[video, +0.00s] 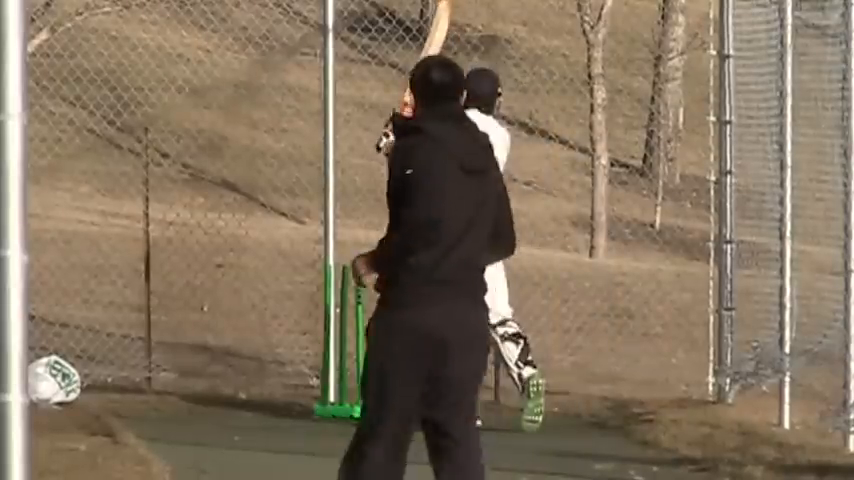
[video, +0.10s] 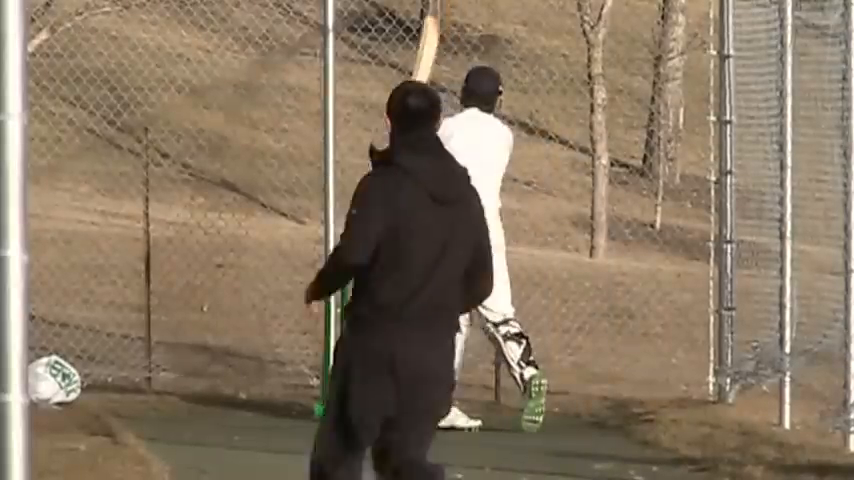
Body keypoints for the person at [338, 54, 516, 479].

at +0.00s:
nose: (405, 95)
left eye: (408, 89)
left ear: (415, 97)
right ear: (459, 98)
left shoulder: (411, 148)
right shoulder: (480, 149)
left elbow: (412, 229)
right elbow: (502, 242)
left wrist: (374, 260)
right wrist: (444, 250)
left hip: (407, 319)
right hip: (466, 321)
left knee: (381, 442)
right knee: (456, 441)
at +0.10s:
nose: (384, 121)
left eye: (386, 116)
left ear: (390, 121)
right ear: (437, 122)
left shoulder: (381, 183)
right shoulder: (463, 190)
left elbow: (353, 255)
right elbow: (481, 283)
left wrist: (320, 287)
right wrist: (435, 307)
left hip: (373, 357)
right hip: (432, 363)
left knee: (335, 462)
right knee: (403, 460)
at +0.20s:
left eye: (375, 116)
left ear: (376, 121)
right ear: (422, 121)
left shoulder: (358, 184)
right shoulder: (452, 188)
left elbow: (308, 266)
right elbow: (481, 272)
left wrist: (304, 259)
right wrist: (437, 314)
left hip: (360, 341)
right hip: (421, 348)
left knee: (337, 452)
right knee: (380, 450)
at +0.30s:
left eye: (373, 101)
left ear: (372, 105)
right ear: (419, 105)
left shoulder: (350, 162)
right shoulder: (448, 168)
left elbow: (305, 239)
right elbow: (487, 243)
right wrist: (441, 288)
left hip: (357, 316)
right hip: (417, 321)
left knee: (338, 431)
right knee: (370, 427)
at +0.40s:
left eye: (376, 109)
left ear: (373, 111)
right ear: (419, 111)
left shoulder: (346, 168)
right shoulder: (448, 176)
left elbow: (307, 246)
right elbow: (481, 253)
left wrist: (350, 242)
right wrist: (435, 298)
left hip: (348, 319)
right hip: (410, 326)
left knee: (327, 433)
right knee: (369, 438)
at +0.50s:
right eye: (424, 130)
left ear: (377, 133)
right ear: (423, 135)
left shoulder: (349, 191)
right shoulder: (447, 204)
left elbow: (307, 268)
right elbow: (471, 293)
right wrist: (422, 322)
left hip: (344, 346)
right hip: (406, 354)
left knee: (308, 444)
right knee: (359, 462)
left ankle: (311, 466)